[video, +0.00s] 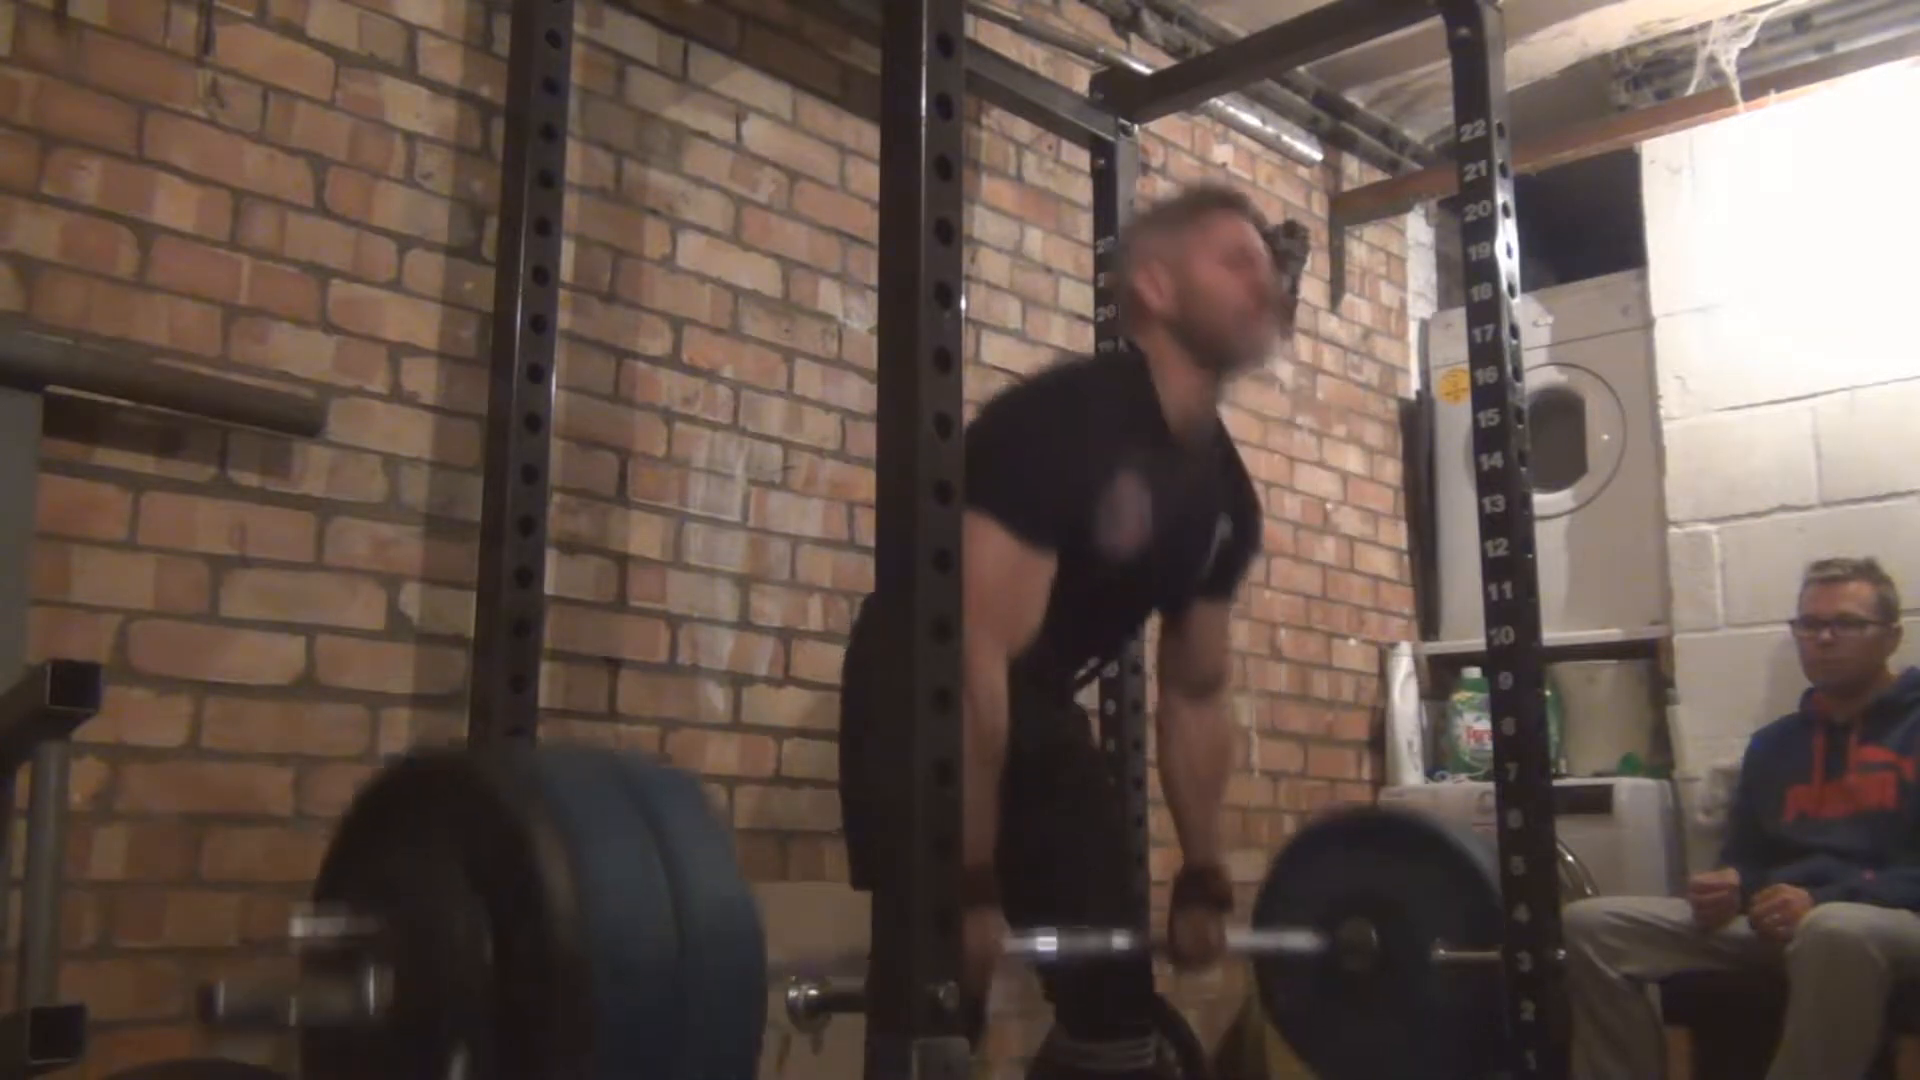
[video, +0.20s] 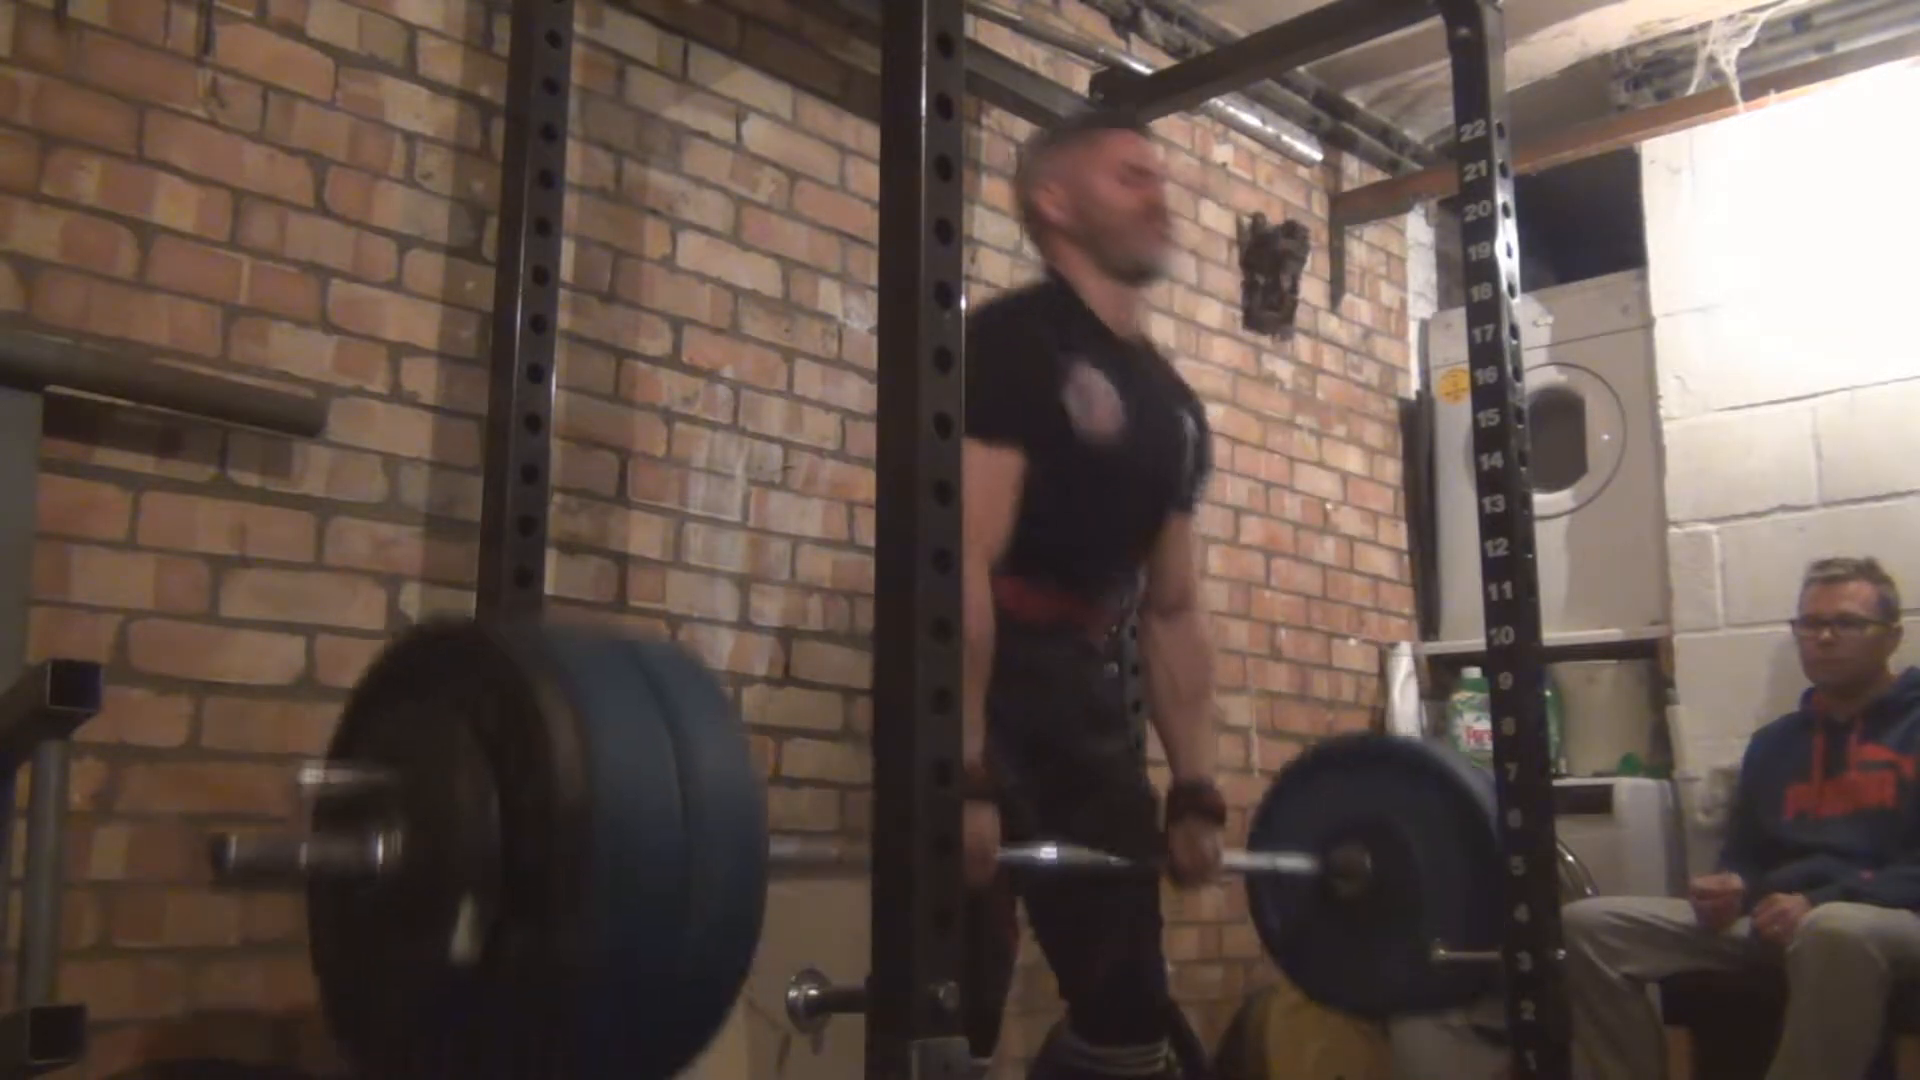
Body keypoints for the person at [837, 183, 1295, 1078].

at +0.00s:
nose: (1271, 283)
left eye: (1267, 263)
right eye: (1239, 260)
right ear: (1153, 285)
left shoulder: (1222, 494)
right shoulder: (1056, 424)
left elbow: (1197, 691)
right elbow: (976, 653)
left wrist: (1205, 861)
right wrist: (969, 887)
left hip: (1039, 690)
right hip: (923, 678)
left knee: (1108, 975)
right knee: (937, 973)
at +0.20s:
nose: (1162, 198)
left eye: (1160, 181)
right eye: (1133, 177)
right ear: (1054, 202)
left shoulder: (1172, 405)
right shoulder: (1009, 341)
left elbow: (1174, 606)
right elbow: (961, 569)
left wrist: (1193, 778)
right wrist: (966, 782)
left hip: (1092, 692)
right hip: (982, 671)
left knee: (1124, 1003)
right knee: (958, 1003)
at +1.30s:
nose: (1259, 284)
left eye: (1258, 266)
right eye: (1226, 262)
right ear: (1141, 286)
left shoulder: (1218, 507)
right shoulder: (1046, 433)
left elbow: (1200, 710)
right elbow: (984, 685)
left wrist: (1204, 901)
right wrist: (971, 915)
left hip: (1028, 715)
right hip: (910, 697)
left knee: (1114, 1000)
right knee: (941, 994)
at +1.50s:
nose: (1307, 380)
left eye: (1302, 355)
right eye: (1275, 355)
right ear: (1184, 377)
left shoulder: (1233, 580)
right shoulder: (1066, 507)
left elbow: (1210, 783)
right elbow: (994, 773)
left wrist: (1203, 980)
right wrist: (971, 1014)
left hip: (1017, 750)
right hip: (890, 729)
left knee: (1122, 1004)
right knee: (928, 1006)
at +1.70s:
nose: (1345, 491)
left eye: (1342, 468)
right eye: (1316, 465)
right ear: (1224, 474)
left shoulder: (1249, 664)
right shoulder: (1087, 586)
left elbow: (1215, 858)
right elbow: (996, 866)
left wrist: (1204, 1042)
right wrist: (963, 1057)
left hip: (1015, 767)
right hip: (879, 750)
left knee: (1131, 1025)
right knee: (937, 1010)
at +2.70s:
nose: (1289, 394)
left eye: (1288, 370)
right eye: (1259, 368)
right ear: (1167, 383)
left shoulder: (1219, 588)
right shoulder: (1052, 507)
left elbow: (1202, 779)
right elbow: (976, 756)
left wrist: (1205, 978)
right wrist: (969, 985)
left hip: (1001, 735)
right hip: (876, 715)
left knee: (1107, 972)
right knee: (923, 1008)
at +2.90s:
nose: (1233, 272)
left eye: (1230, 252)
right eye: (1203, 250)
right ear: (1118, 275)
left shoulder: (1202, 488)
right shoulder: (1032, 421)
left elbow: (1189, 683)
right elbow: (960, 654)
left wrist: (1196, 854)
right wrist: (962, 887)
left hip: (1021, 703)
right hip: (908, 687)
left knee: (1115, 983)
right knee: (929, 973)